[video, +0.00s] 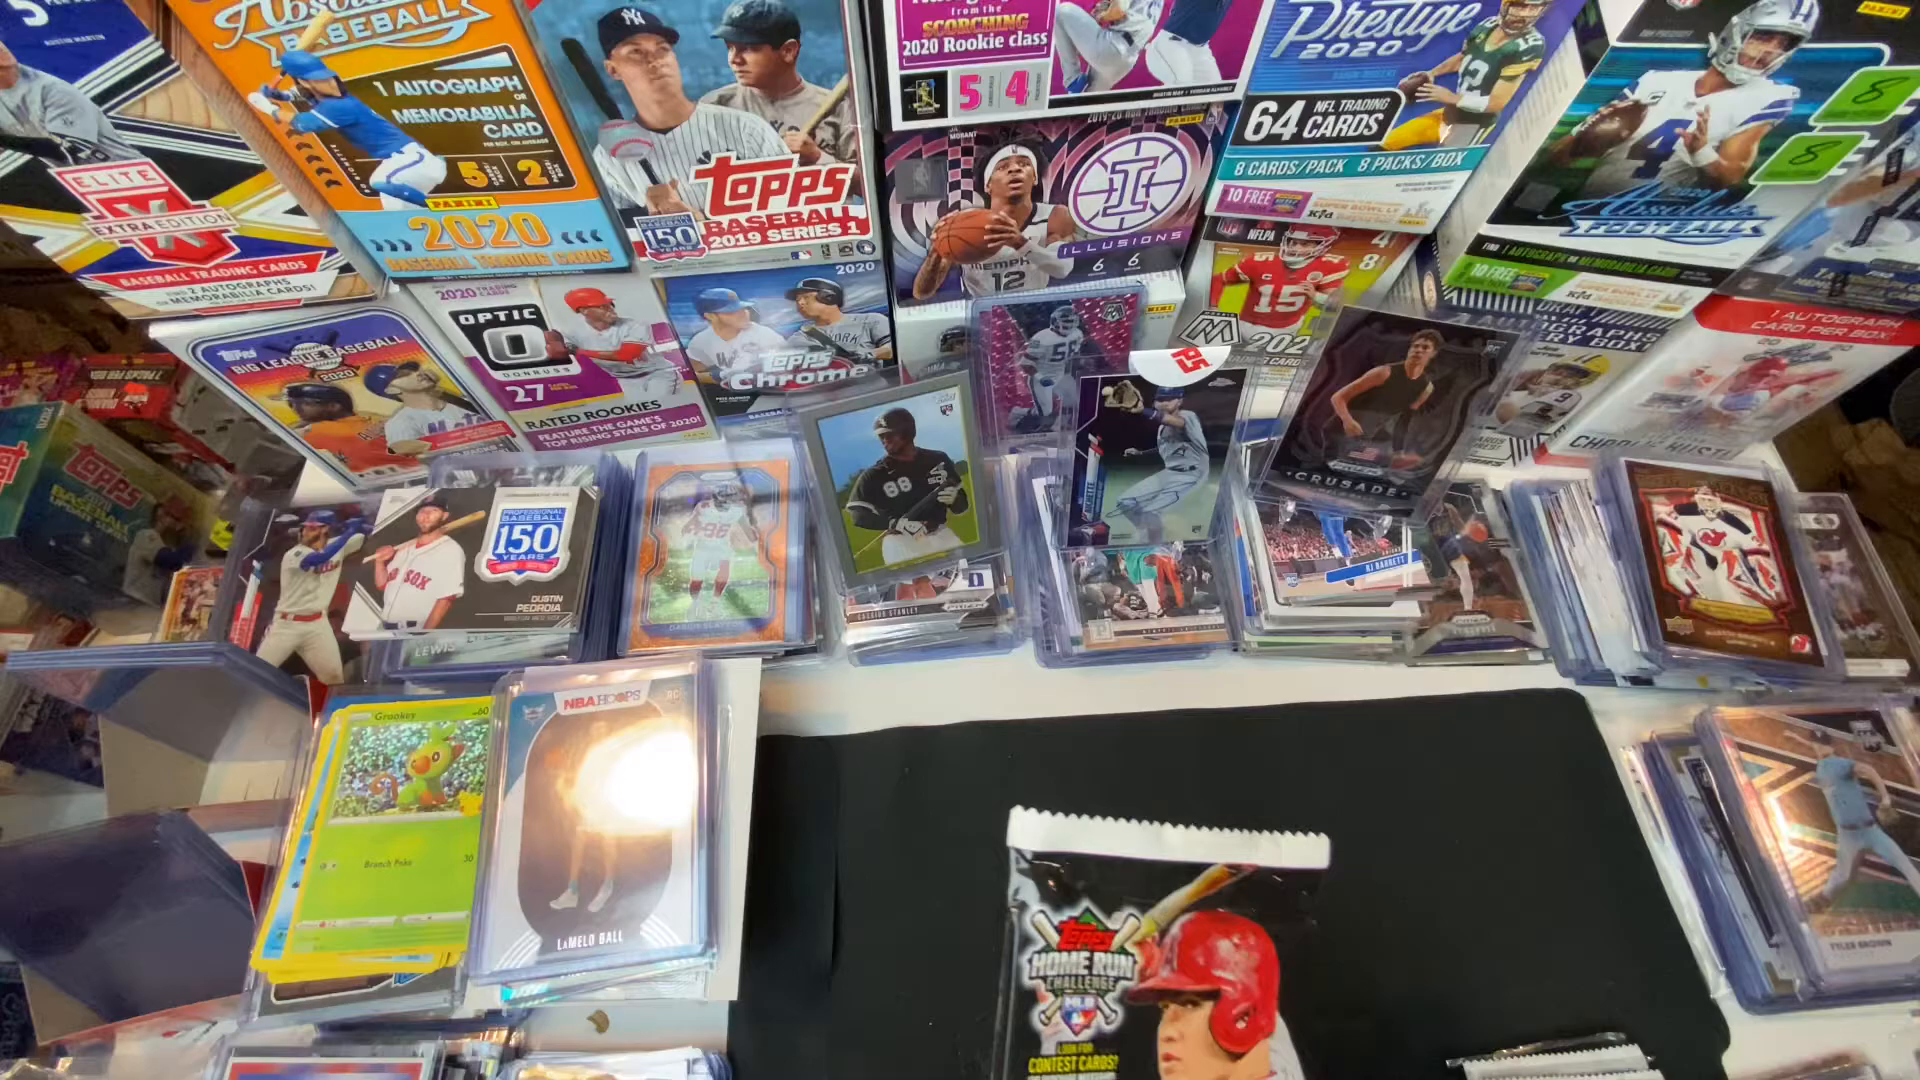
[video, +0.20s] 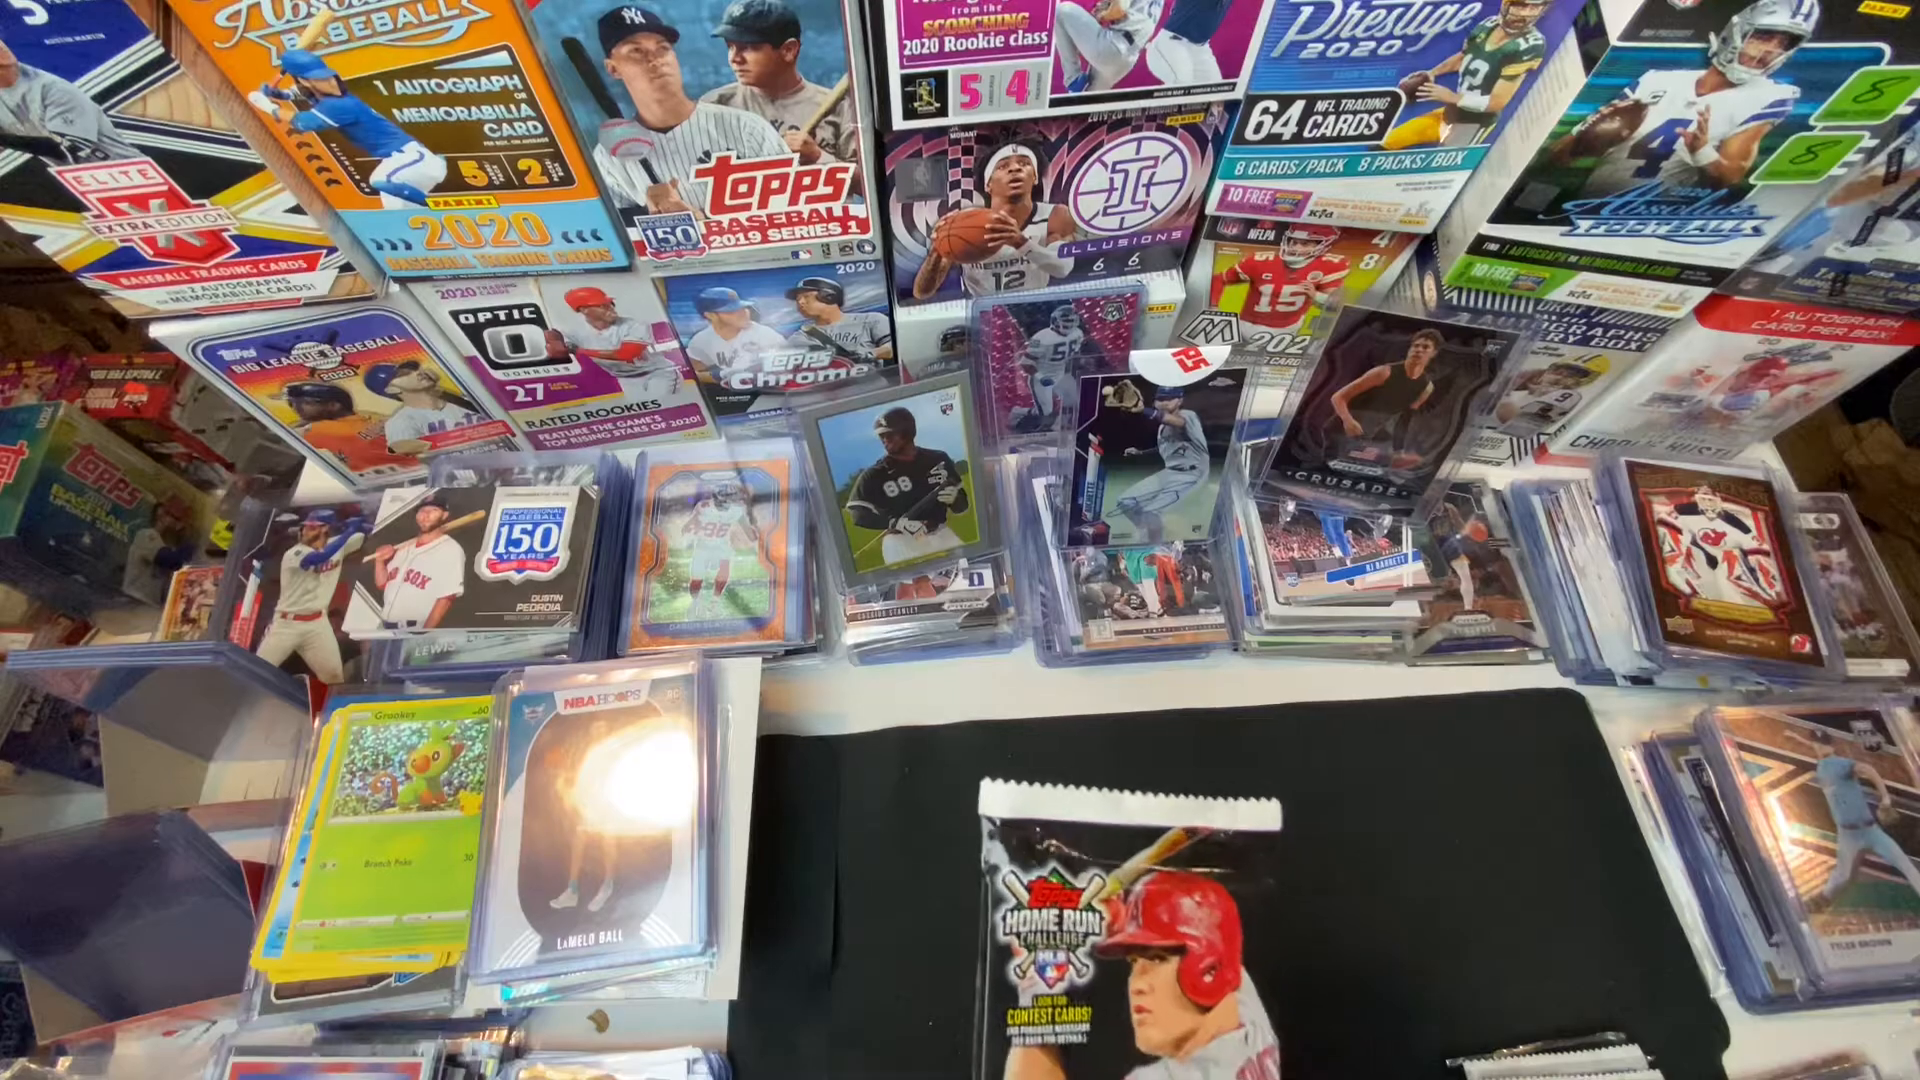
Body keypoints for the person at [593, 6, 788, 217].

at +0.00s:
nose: (654, 60)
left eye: (661, 47)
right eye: (635, 52)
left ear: (675, 55)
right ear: (612, 70)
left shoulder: (748, 129)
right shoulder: (608, 162)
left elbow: (798, 210)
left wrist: (700, 221)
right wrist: (650, 213)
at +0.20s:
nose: (655, 59)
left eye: (662, 47)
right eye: (636, 51)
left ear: (675, 54)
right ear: (613, 69)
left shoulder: (748, 129)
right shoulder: (608, 161)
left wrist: (700, 221)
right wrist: (655, 215)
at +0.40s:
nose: (654, 60)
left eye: (661, 47)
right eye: (636, 52)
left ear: (675, 54)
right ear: (612, 69)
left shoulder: (748, 129)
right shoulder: (608, 161)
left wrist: (699, 220)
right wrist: (651, 214)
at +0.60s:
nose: (654, 61)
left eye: (662, 48)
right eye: (636, 53)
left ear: (675, 56)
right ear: (612, 70)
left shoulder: (748, 129)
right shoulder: (608, 162)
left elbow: (799, 208)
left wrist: (699, 220)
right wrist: (652, 218)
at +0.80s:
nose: (654, 61)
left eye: (661, 48)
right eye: (636, 53)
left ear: (675, 54)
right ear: (613, 70)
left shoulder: (749, 130)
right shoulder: (609, 162)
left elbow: (799, 211)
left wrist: (701, 223)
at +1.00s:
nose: (654, 61)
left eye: (661, 48)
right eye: (636, 53)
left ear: (675, 54)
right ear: (613, 70)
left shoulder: (749, 129)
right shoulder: (609, 162)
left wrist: (700, 222)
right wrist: (658, 221)